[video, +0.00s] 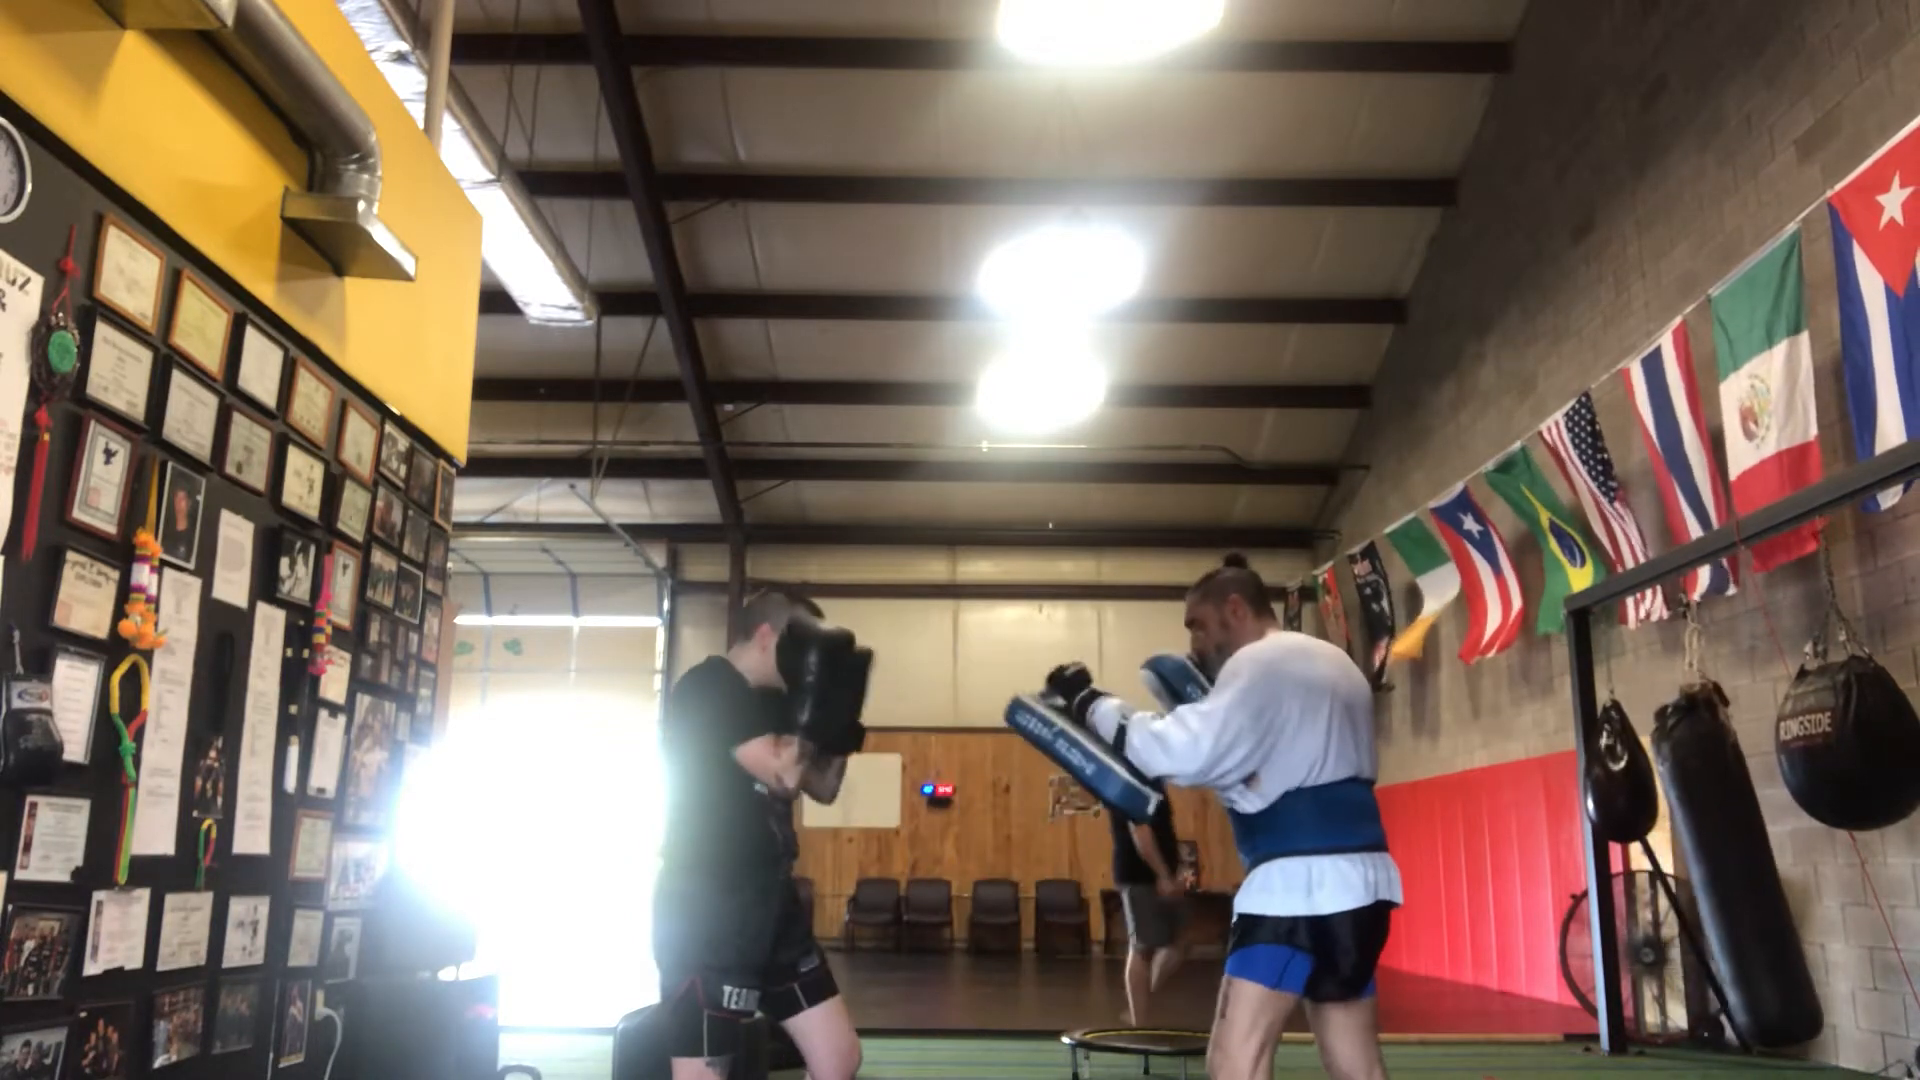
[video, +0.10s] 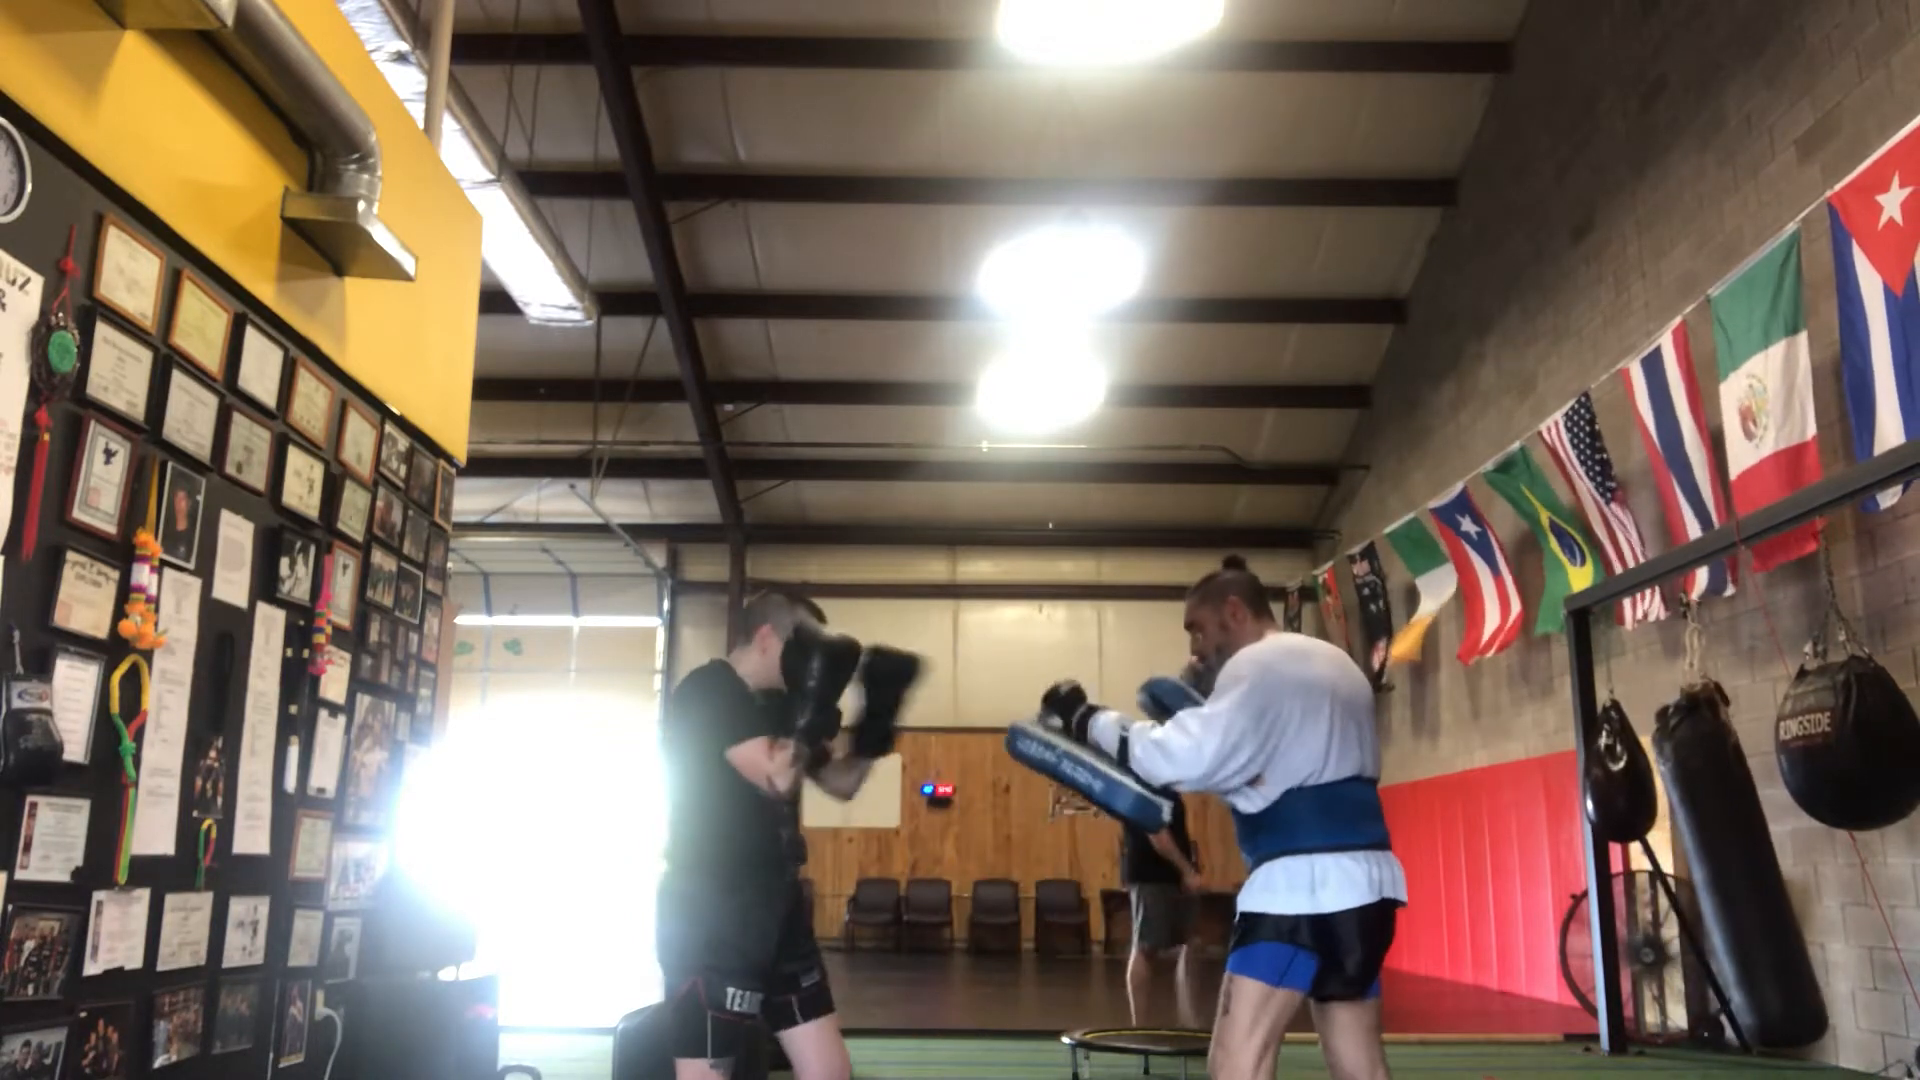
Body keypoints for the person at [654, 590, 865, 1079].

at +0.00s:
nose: (804, 659)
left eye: (810, 647)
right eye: (799, 645)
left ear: (767, 639)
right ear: (766, 635)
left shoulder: (778, 698)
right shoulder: (707, 685)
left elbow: (824, 787)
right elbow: (783, 773)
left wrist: (841, 701)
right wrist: (817, 692)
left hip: (772, 901)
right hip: (706, 905)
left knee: (838, 1057)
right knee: (701, 1070)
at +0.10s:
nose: (803, 659)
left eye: (810, 648)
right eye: (800, 645)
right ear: (767, 636)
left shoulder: (781, 702)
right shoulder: (708, 688)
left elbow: (842, 783)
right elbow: (777, 778)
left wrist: (879, 711)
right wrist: (812, 697)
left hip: (777, 907)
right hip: (710, 911)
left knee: (828, 1068)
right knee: (705, 1071)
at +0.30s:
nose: (824, 654)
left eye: (829, 644)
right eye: (817, 641)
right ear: (782, 636)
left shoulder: (810, 698)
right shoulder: (725, 686)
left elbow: (907, 744)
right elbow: (790, 771)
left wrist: (973, 697)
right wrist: (826, 692)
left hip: (795, 900)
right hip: (725, 904)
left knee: (883, 1044)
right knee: (709, 1070)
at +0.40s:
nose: (836, 654)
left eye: (841, 644)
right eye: (829, 641)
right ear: (796, 632)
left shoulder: (824, 695)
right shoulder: (737, 686)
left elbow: (926, 716)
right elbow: (804, 763)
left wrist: (971, 650)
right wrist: (838, 687)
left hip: (811, 896)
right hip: (737, 903)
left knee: (921, 1016)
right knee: (719, 1070)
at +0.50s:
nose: (851, 650)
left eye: (855, 641)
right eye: (843, 639)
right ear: (811, 632)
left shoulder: (847, 695)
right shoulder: (753, 687)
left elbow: (940, 714)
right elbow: (816, 764)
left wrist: (968, 646)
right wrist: (850, 683)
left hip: (834, 898)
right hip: (759, 905)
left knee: (942, 1021)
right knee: (731, 1070)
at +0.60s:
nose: (872, 660)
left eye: (876, 649)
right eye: (864, 647)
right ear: (831, 644)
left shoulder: (870, 703)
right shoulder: (771, 701)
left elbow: (941, 760)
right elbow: (825, 781)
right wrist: (866, 701)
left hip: (860, 912)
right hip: (782, 916)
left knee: (942, 1054)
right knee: (753, 1071)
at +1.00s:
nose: (965, 669)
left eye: (964, 658)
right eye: (960, 657)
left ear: (911, 655)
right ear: (931, 655)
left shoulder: (855, 712)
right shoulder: (949, 698)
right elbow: (1057, 712)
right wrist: (1145, 710)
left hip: (859, 901)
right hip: (908, 905)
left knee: (938, 1047)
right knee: (890, 1062)